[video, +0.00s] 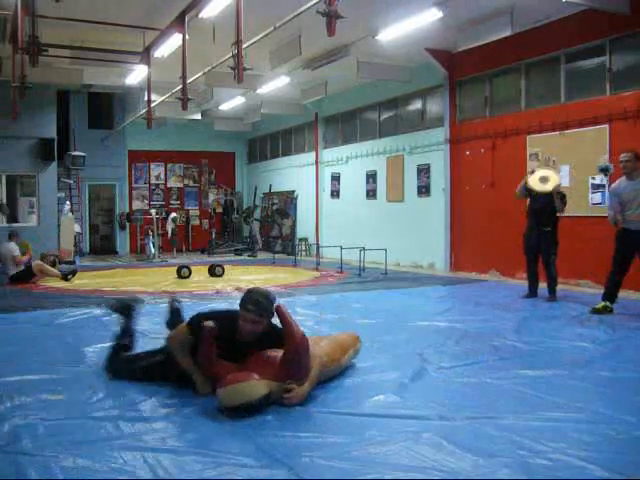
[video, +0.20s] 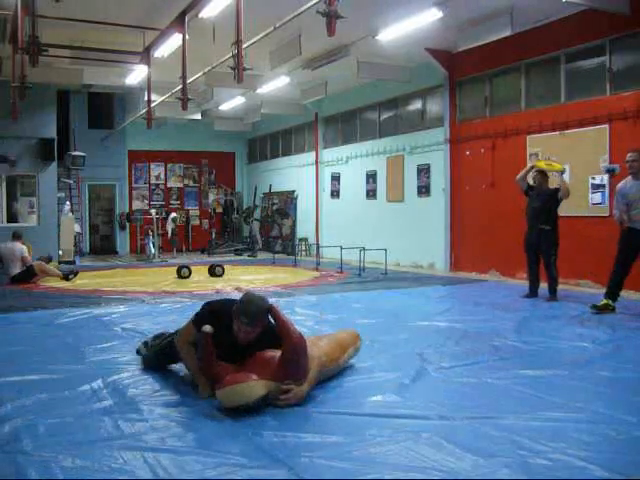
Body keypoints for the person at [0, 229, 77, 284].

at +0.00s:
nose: (18, 239)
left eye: (18, 238)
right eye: (17, 237)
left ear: (10, 237)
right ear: (14, 237)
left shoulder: (5, 246)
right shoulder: (12, 246)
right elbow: (18, 261)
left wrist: (25, 257)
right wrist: (28, 256)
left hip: (13, 275)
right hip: (15, 276)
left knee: (42, 269)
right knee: (38, 265)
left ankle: (63, 275)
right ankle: (62, 275)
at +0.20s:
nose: (22, 241)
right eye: (21, 239)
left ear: (12, 238)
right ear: (21, 239)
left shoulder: (4, 246)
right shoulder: (21, 247)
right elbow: (27, 262)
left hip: (10, 277)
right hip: (19, 276)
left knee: (40, 267)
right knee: (40, 266)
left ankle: (63, 275)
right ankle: (63, 275)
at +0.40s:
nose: (19, 240)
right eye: (19, 238)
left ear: (10, 237)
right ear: (18, 238)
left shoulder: (3, 246)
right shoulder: (17, 248)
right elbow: (23, 263)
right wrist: (29, 255)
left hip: (9, 276)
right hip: (15, 276)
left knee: (42, 268)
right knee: (41, 266)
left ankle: (63, 275)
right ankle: (63, 276)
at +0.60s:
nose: (17, 241)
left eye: (18, 239)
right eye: (16, 238)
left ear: (17, 240)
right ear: (10, 238)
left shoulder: (14, 248)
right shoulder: (6, 247)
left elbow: (25, 261)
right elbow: (8, 262)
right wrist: (19, 256)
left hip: (19, 274)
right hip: (12, 276)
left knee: (43, 269)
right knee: (38, 265)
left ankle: (64, 273)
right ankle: (62, 275)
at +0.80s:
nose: (15, 241)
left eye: (16, 239)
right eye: (13, 239)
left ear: (18, 239)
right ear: (8, 240)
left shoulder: (18, 247)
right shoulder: (4, 247)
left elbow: (25, 262)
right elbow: (3, 259)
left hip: (21, 273)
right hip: (12, 275)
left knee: (44, 269)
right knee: (38, 264)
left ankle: (63, 273)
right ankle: (61, 276)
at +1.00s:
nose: (16, 241)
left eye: (17, 239)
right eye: (14, 239)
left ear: (18, 238)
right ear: (9, 239)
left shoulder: (19, 247)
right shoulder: (5, 247)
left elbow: (24, 263)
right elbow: (2, 256)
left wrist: (27, 256)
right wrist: (6, 254)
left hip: (22, 274)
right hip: (13, 275)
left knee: (45, 270)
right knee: (39, 264)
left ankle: (63, 274)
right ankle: (62, 275)